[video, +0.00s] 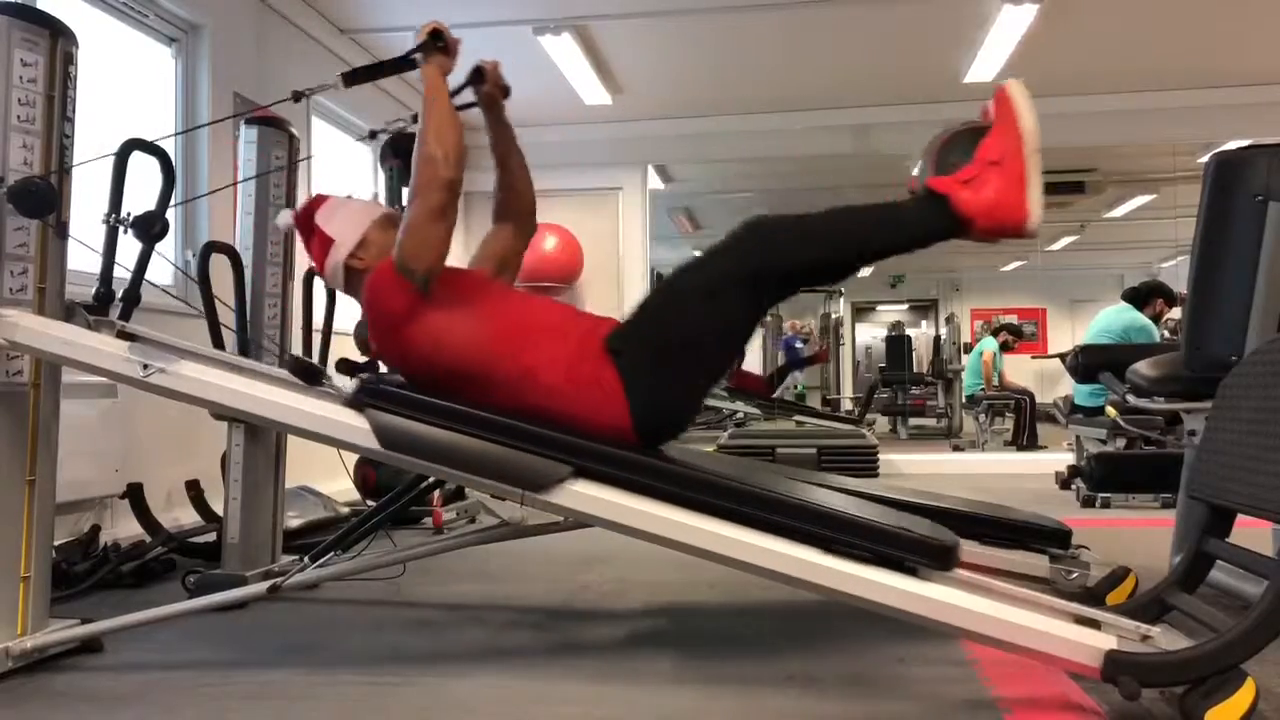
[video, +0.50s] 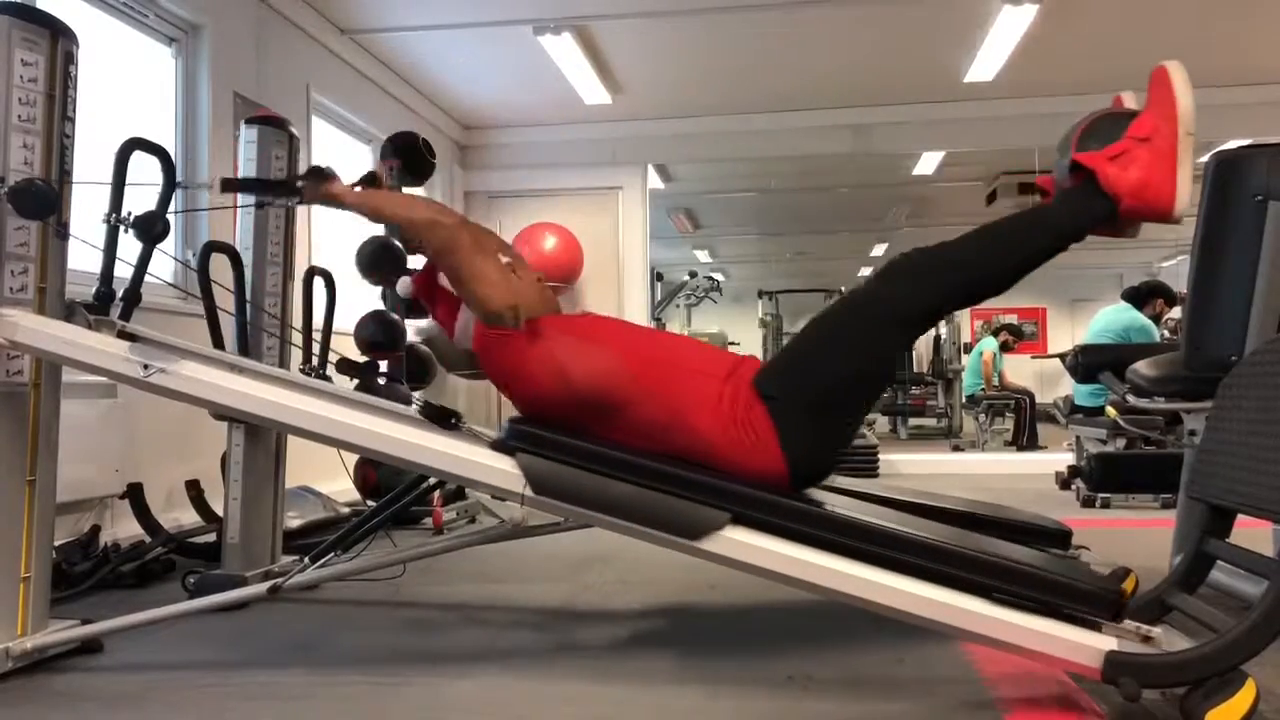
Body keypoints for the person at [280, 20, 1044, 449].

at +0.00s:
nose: (387, 225)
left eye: (378, 215)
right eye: (370, 225)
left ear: (380, 238)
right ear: (351, 257)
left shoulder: (445, 297)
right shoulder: (391, 304)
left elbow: (518, 219)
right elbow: (438, 179)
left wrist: (495, 119)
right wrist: (436, 76)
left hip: (630, 369)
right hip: (625, 390)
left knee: (754, 246)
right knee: (749, 253)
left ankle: (959, 202)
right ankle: (966, 206)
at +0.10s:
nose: (386, 232)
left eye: (378, 226)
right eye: (371, 235)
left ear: (397, 247)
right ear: (368, 270)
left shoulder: (474, 307)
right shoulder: (417, 317)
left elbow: (513, 217)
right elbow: (439, 181)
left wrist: (472, 123)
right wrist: (411, 84)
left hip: (665, 379)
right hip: (657, 399)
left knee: (798, 264)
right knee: (792, 268)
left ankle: (999, 199)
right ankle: (1004, 202)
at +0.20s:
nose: (415, 245)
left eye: (404, 238)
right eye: (401, 243)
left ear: (418, 268)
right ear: (402, 275)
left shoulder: (488, 305)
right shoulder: (447, 318)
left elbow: (511, 223)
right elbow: (447, 192)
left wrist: (454, 144)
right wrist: (391, 114)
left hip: (694, 389)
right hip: (691, 409)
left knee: (835, 271)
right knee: (833, 275)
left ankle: (1028, 198)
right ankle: (1041, 200)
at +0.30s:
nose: (496, 242)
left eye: (438, 238)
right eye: (440, 240)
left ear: (432, 283)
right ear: (427, 273)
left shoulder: (502, 329)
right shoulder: (477, 324)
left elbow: (520, 233)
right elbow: (466, 215)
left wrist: (424, 154)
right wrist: (392, 147)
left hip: (723, 404)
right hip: (724, 415)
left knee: (867, 277)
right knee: (869, 279)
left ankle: (1053, 198)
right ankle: (1074, 196)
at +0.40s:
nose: (515, 251)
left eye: (503, 242)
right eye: (499, 247)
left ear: (464, 286)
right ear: (474, 278)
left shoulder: (519, 335)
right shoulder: (505, 342)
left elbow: (477, 229)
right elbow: (460, 222)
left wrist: (411, 188)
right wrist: (384, 177)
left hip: (751, 406)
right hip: (752, 426)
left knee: (890, 279)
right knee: (894, 282)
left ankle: (1077, 190)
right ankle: (1099, 190)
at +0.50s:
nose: (531, 265)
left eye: (519, 257)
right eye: (511, 259)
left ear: (486, 301)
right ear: (485, 297)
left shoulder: (539, 346)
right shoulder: (520, 349)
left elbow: (468, 250)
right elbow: (458, 233)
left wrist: (396, 208)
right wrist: (366, 202)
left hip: (768, 413)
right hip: (771, 433)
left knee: (905, 282)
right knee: (908, 287)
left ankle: (1090, 188)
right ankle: (1109, 191)